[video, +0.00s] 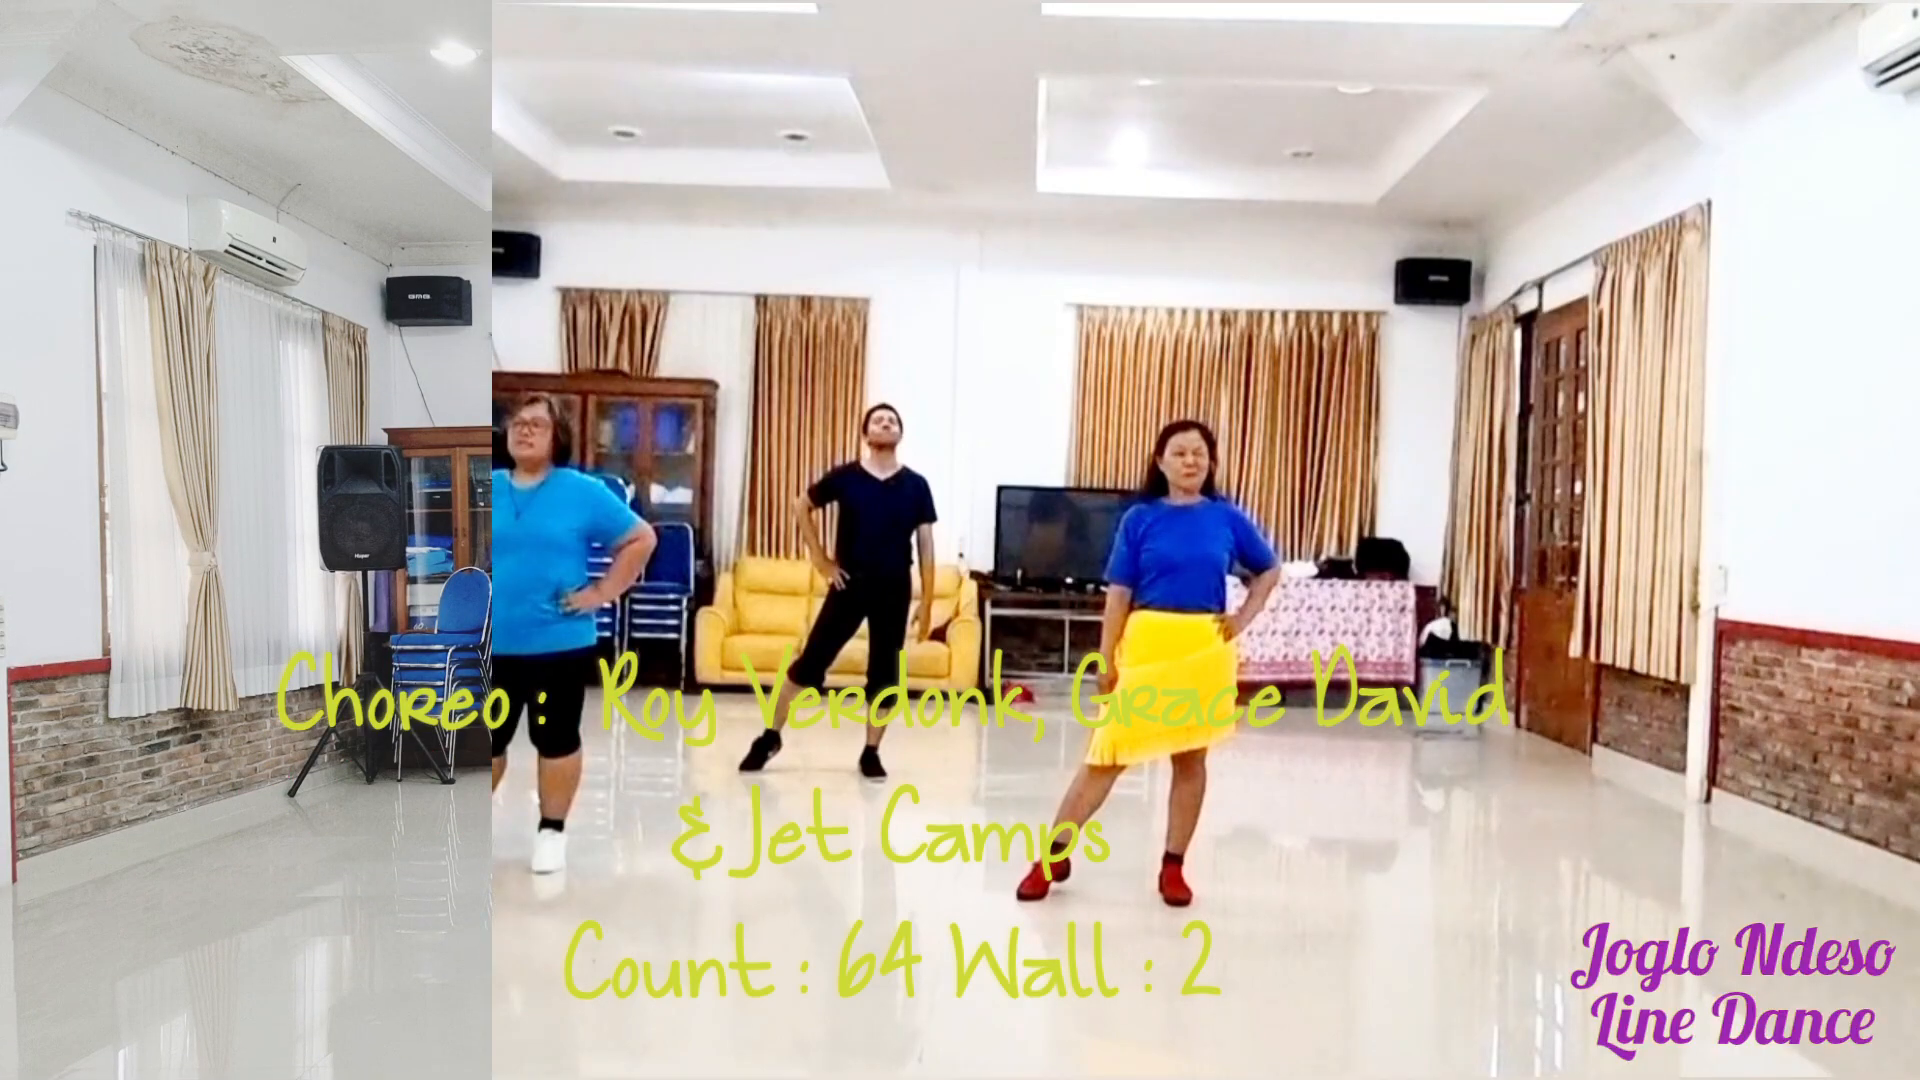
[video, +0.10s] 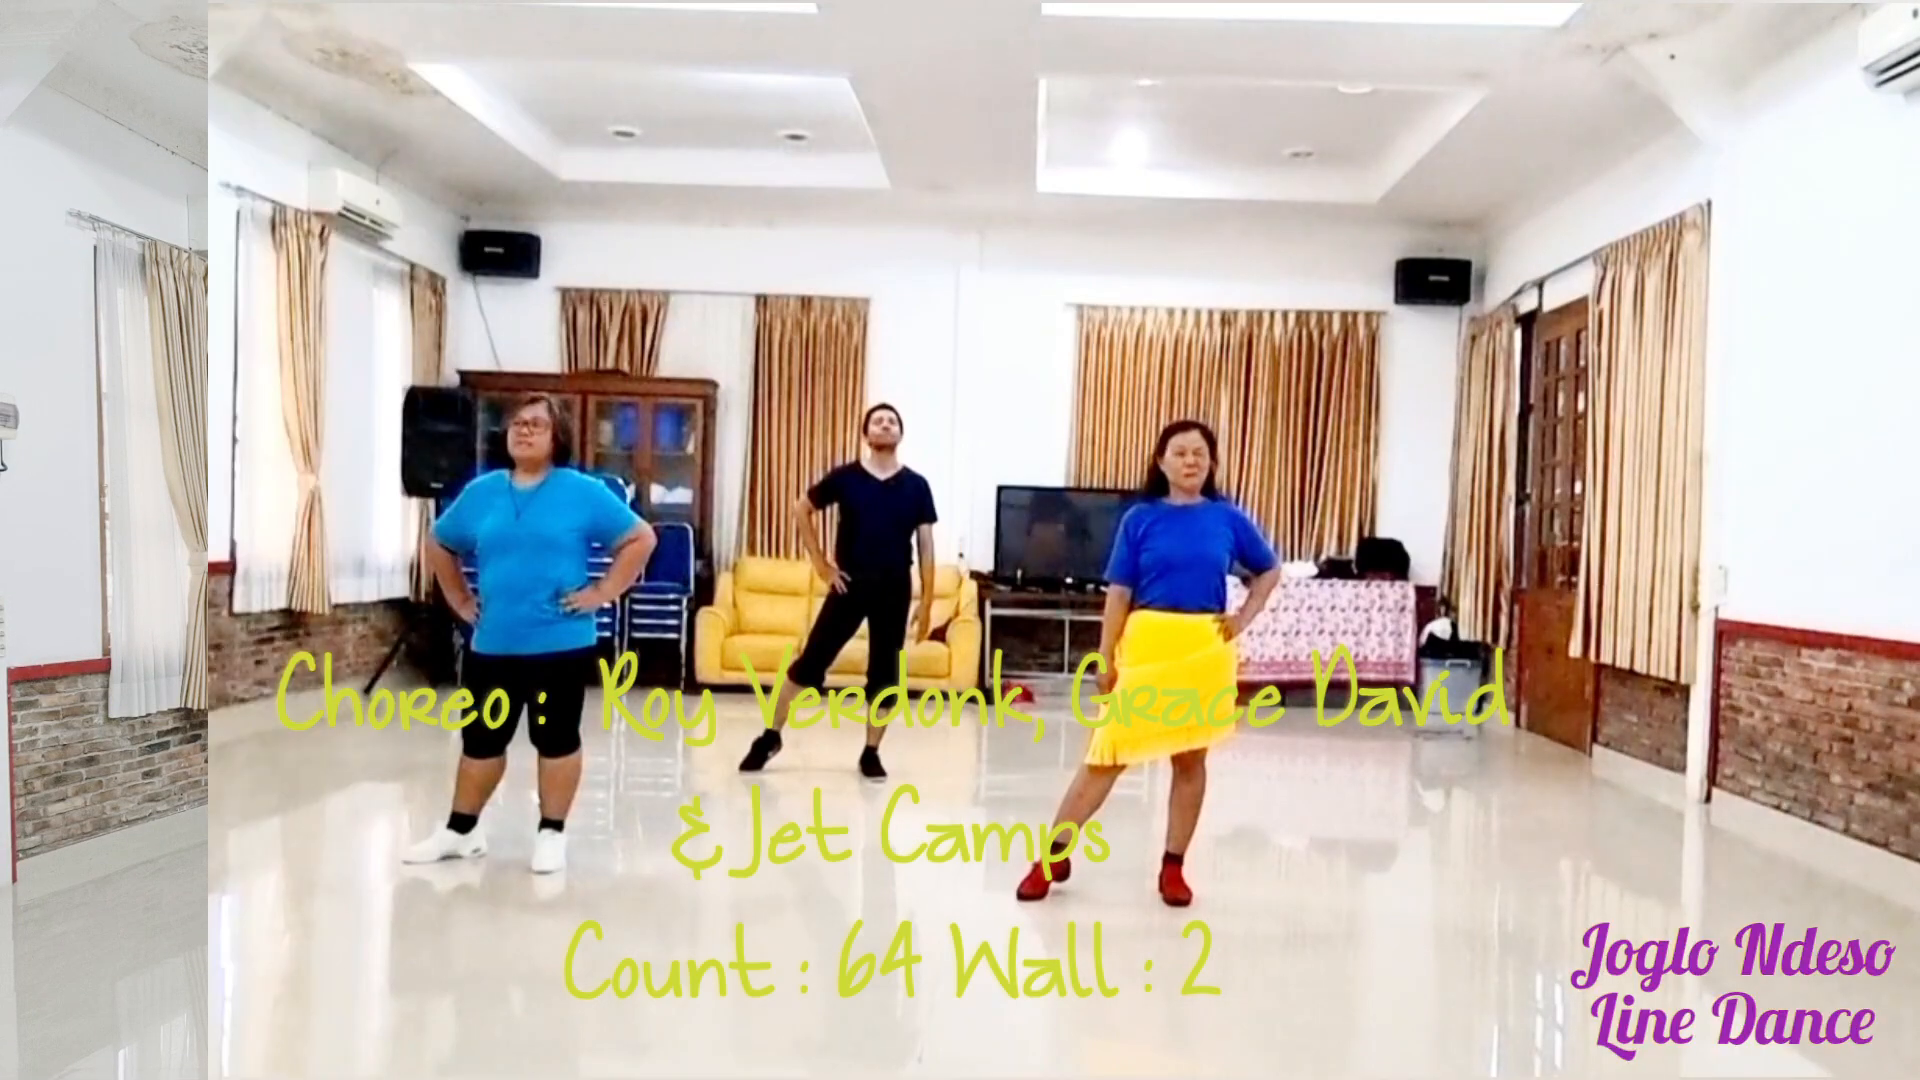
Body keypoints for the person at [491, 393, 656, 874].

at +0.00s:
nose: (525, 432)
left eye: (536, 426)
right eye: (519, 425)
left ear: (554, 437)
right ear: (507, 434)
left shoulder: (582, 491)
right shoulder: (491, 489)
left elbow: (642, 538)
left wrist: (603, 591)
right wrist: (471, 593)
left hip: (560, 642)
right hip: (497, 640)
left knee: (555, 741)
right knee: (486, 741)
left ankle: (551, 830)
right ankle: (472, 826)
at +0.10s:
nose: (524, 431)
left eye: (536, 426)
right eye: (518, 424)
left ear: (555, 438)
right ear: (507, 435)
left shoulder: (582, 492)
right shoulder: (483, 491)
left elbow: (641, 537)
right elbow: (437, 542)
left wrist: (605, 590)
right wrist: (460, 599)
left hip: (561, 644)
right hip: (493, 642)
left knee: (556, 741)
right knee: (480, 739)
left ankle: (551, 833)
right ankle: (461, 831)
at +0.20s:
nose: (525, 432)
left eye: (536, 426)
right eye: (518, 425)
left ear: (555, 437)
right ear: (506, 435)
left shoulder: (583, 492)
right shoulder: (482, 492)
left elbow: (641, 537)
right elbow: (437, 543)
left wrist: (605, 590)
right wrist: (460, 599)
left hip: (561, 644)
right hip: (493, 643)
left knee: (556, 741)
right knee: (480, 739)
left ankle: (551, 832)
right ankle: (461, 830)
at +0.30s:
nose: (524, 431)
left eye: (536, 425)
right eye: (518, 424)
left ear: (555, 438)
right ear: (506, 434)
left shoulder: (582, 492)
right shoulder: (482, 492)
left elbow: (641, 537)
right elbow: (437, 544)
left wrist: (605, 590)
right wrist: (460, 600)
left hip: (562, 644)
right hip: (494, 643)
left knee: (555, 740)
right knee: (480, 739)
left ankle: (551, 833)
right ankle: (461, 831)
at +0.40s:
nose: (525, 432)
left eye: (536, 426)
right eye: (518, 425)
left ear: (554, 437)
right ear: (506, 434)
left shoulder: (582, 492)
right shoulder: (481, 492)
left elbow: (641, 537)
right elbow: (437, 545)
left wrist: (605, 590)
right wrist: (460, 600)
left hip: (562, 644)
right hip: (494, 642)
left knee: (556, 741)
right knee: (480, 740)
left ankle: (551, 832)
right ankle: (461, 831)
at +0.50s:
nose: (525, 432)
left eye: (536, 426)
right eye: (518, 425)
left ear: (555, 437)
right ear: (506, 435)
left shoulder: (582, 492)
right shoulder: (481, 492)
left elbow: (641, 537)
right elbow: (437, 544)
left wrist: (605, 590)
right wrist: (460, 599)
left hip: (562, 644)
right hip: (493, 643)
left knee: (556, 740)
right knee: (480, 739)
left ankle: (551, 832)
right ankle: (461, 831)